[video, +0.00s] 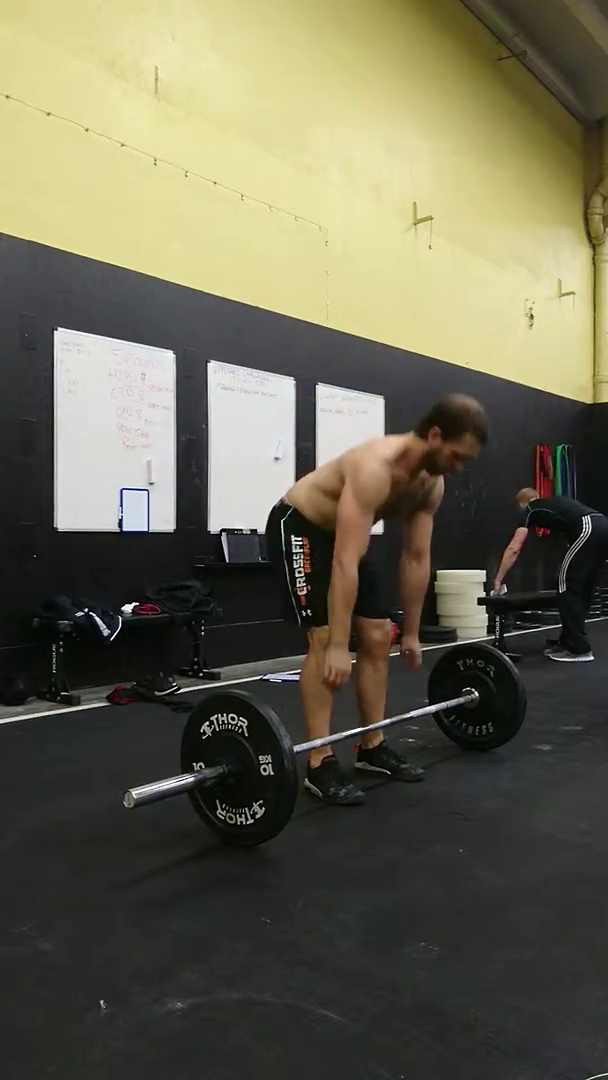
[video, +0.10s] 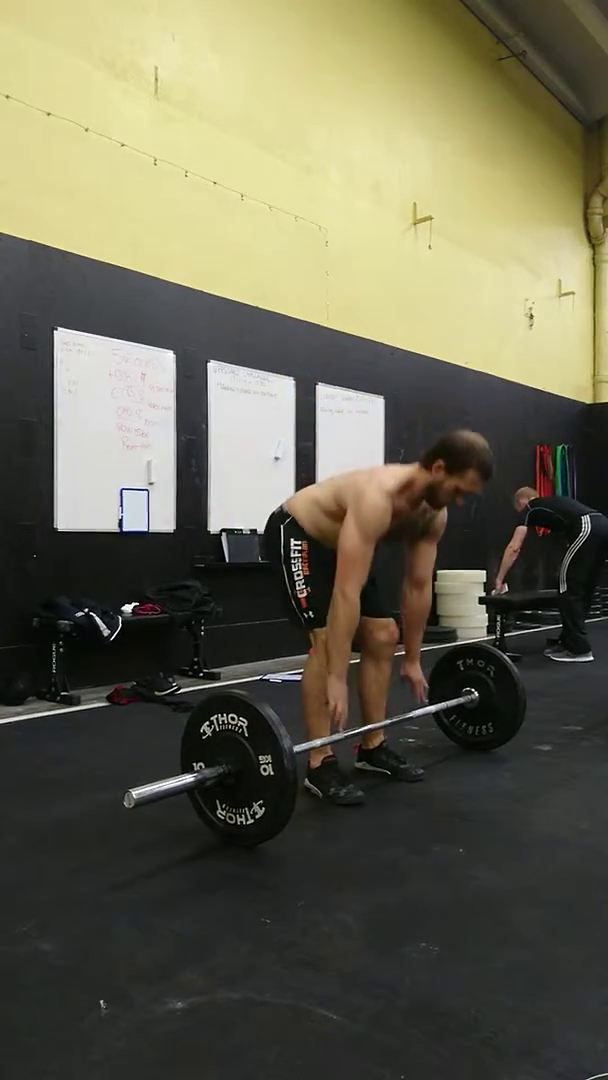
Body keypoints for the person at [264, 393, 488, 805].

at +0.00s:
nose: (459, 467)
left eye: (466, 461)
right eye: (458, 457)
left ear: (442, 440)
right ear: (434, 435)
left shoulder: (431, 483)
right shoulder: (374, 467)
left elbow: (417, 558)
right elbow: (346, 560)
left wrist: (411, 633)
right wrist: (337, 644)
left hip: (351, 535)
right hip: (301, 528)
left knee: (377, 637)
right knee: (326, 641)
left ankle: (372, 745)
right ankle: (319, 762)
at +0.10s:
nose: (459, 501)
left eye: (467, 495)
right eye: (459, 491)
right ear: (437, 468)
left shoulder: (433, 513)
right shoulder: (375, 498)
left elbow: (419, 586)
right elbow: (346, 593)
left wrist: (413, 659)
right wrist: (336, 678)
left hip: (352, 545)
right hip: (298, 536)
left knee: (382, 636)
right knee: (328, 643)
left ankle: (373, 746)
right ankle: (320, 761)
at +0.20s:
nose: (460, 524)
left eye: (467, 520)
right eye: (460, 514)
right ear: (440, 491)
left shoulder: (435, 532)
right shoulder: (377, 519)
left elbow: (420, 603)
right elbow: (343, 616)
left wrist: (414, 679)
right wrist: (332, 697)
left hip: (347, 552)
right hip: (297, 540)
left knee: (387, 637)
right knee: (331, 644)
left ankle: (372, 747)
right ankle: (319, 762)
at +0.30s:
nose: (463, 538)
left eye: (470, 533)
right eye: (463, 528)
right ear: (441, 504)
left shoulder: (436, 542)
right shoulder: (378, 530)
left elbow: (421, 612)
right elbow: (342, 627)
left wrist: (416, 687)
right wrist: (332, 705)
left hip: (346, 555)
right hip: (297, 545)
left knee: (389, 638)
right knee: (335, 645)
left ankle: (373, 747)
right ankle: (320, 762)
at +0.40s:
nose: (464, 542)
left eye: (471, 537)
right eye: (464, 533)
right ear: (442, 510)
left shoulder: (438, 548)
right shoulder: (380, 535)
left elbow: (424, 618)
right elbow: (346, 633)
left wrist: (418, 692)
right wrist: (336, 713)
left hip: (346, 558)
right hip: (297, 548)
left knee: (392, 640)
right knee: (337, 647)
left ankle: (372, 748)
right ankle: (320, 763)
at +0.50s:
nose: (466, 543)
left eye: (472, 537)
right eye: (465, 533)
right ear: (443, 511)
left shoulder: (440, 553)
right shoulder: (382, 540)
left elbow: (425, 623)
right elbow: (348, 636)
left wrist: (418, 695)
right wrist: (335, 715)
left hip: (347, 562)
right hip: (300, 550)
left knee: (395, 643)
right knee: (340, 649)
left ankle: (373, 748)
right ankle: (321, 763)